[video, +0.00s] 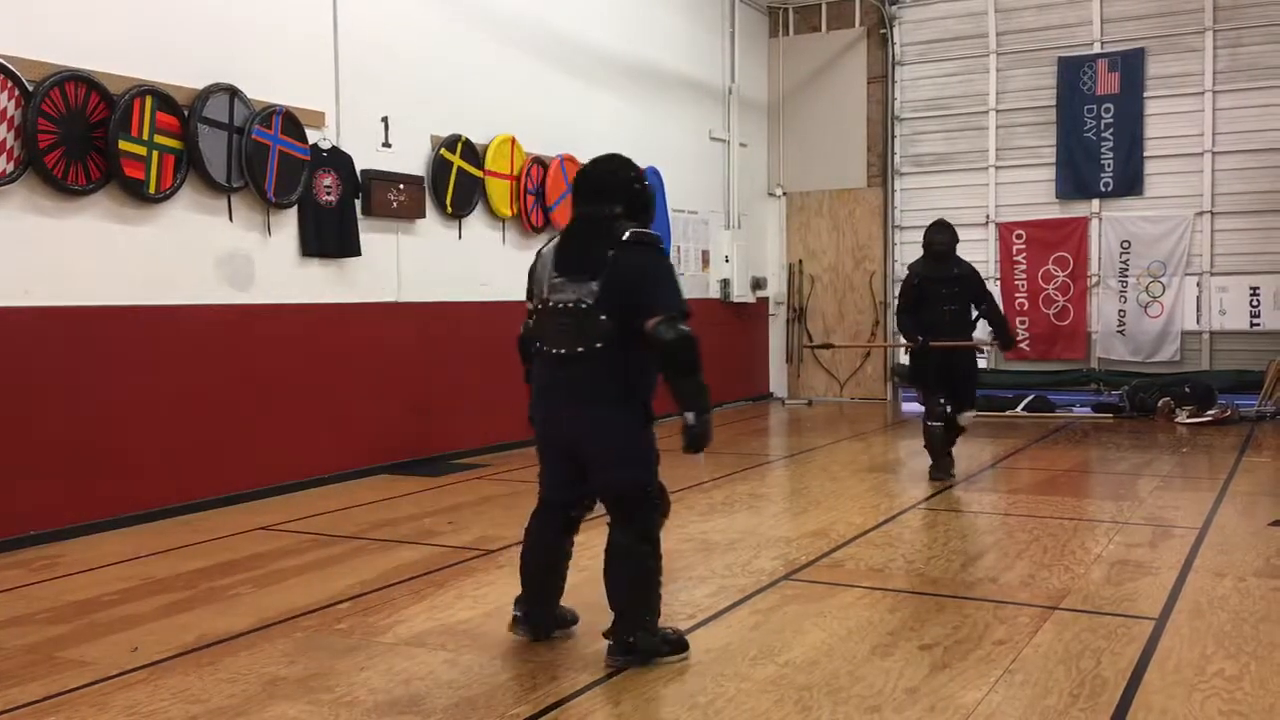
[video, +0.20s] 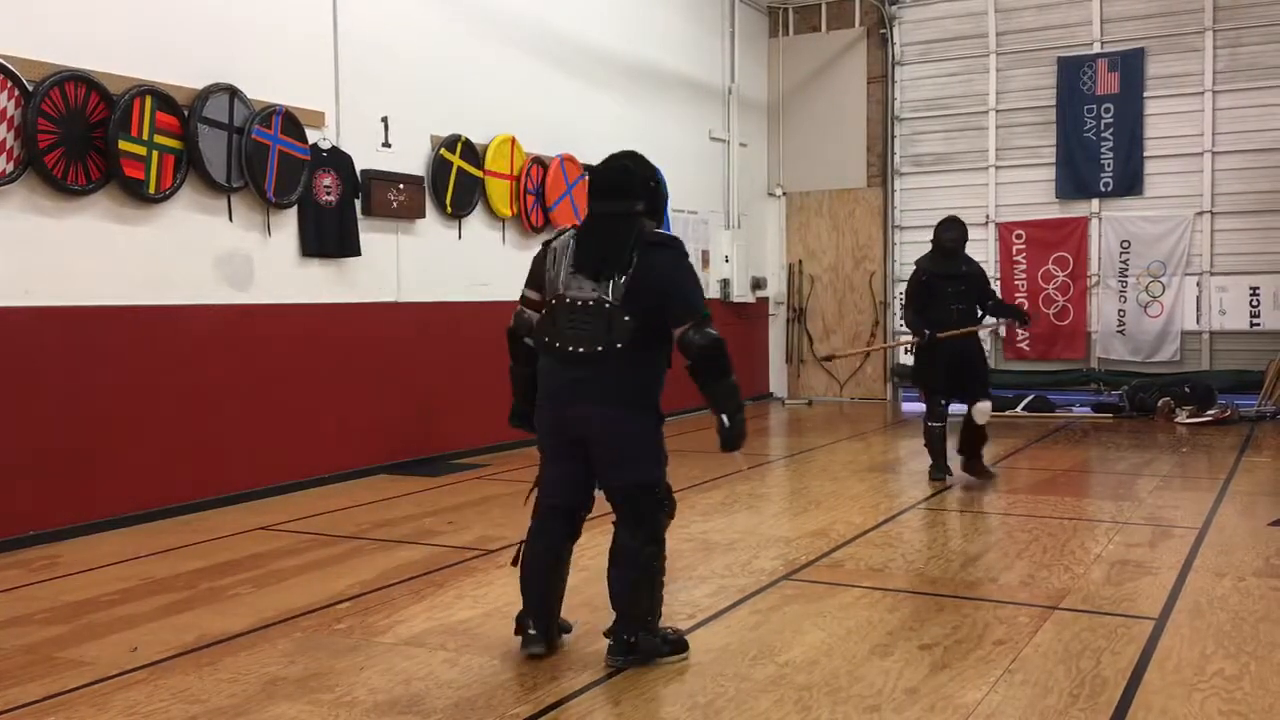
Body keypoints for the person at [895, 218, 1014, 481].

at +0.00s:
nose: (942, 251)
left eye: (947, 245)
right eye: (937, 245)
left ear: (955, 244)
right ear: (927, 244)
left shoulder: (965, 272)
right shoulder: (917, 273)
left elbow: (987, 305)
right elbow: (903, 313)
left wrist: (1005, 335)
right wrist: (913, 337)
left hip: (960, 350)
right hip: (928, 351)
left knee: (964, 410)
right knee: (935, 407)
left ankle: (944, 448)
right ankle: (939, 465)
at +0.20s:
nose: (953, 247)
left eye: (958, 241)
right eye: (948, 241)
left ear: (965, 241)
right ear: (937, 239)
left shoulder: (971, 269)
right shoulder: (924, 269)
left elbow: (989, 303)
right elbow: (909, 311)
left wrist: (1015, 312)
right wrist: (920, 329)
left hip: (968, 345)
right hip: (934, 346)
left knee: (982, 405)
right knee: (937, 406)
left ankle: (971, 458)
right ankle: (939, 465)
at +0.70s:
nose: (988, 244)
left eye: (993, 237)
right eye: (982, 237)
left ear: (1002, 238)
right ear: (972, 237)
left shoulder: (1009, 269)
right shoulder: (958, 268)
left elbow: (1033, 297)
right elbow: (942, 305)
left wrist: (1058, 311)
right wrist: (948, 324)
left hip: (1001, 349)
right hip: (965, 348)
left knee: (1002, 411)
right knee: (964, 409)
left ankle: (1000, 472)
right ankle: (957, 458)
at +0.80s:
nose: (987, 243)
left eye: (993, 236)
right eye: (981, 236)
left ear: (1004, 236)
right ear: (972, 235)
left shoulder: (1015, 267)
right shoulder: (961, 266)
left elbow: (1040, 298)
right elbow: (944, 302)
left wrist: (1057, 328)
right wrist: (947, 320)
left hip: (1003, 350)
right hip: (966, 349)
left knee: (1003, 413)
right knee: (969, 412)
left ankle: (1000, 473)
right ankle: (969, 468)